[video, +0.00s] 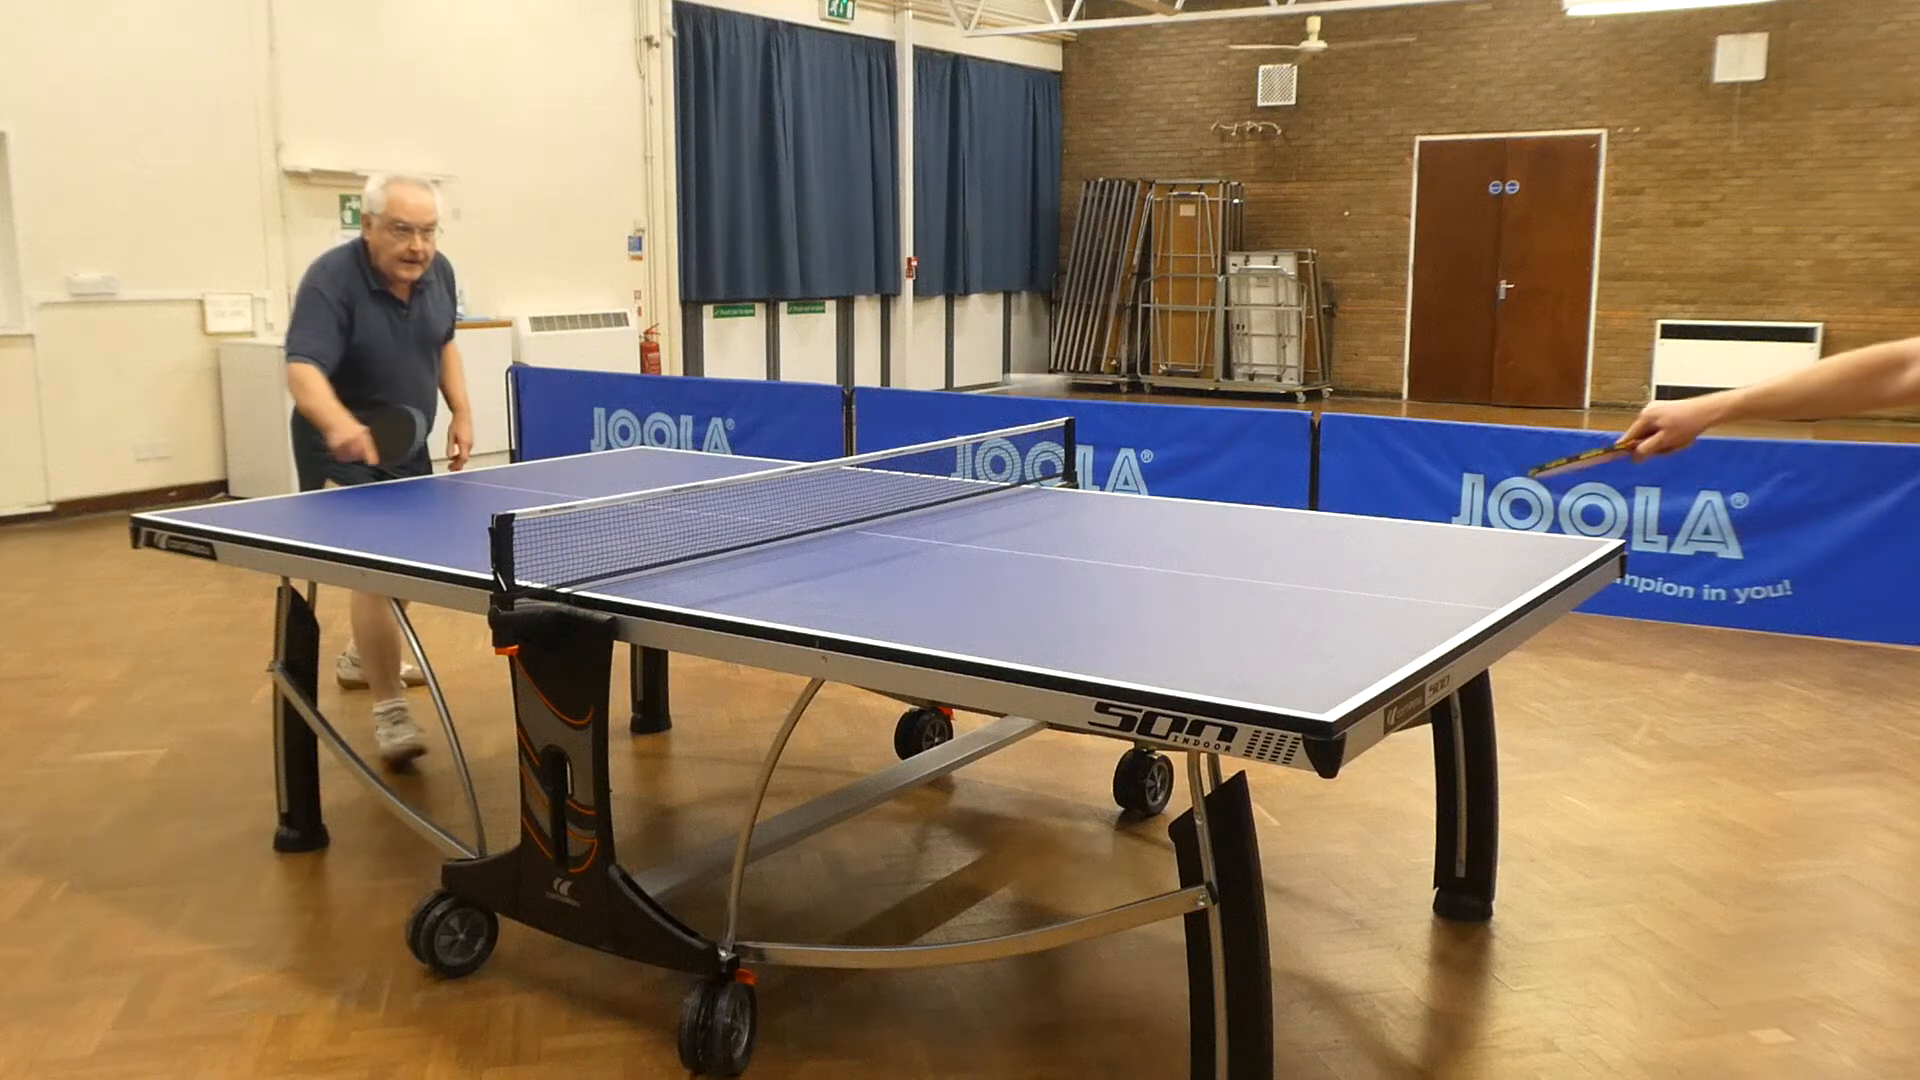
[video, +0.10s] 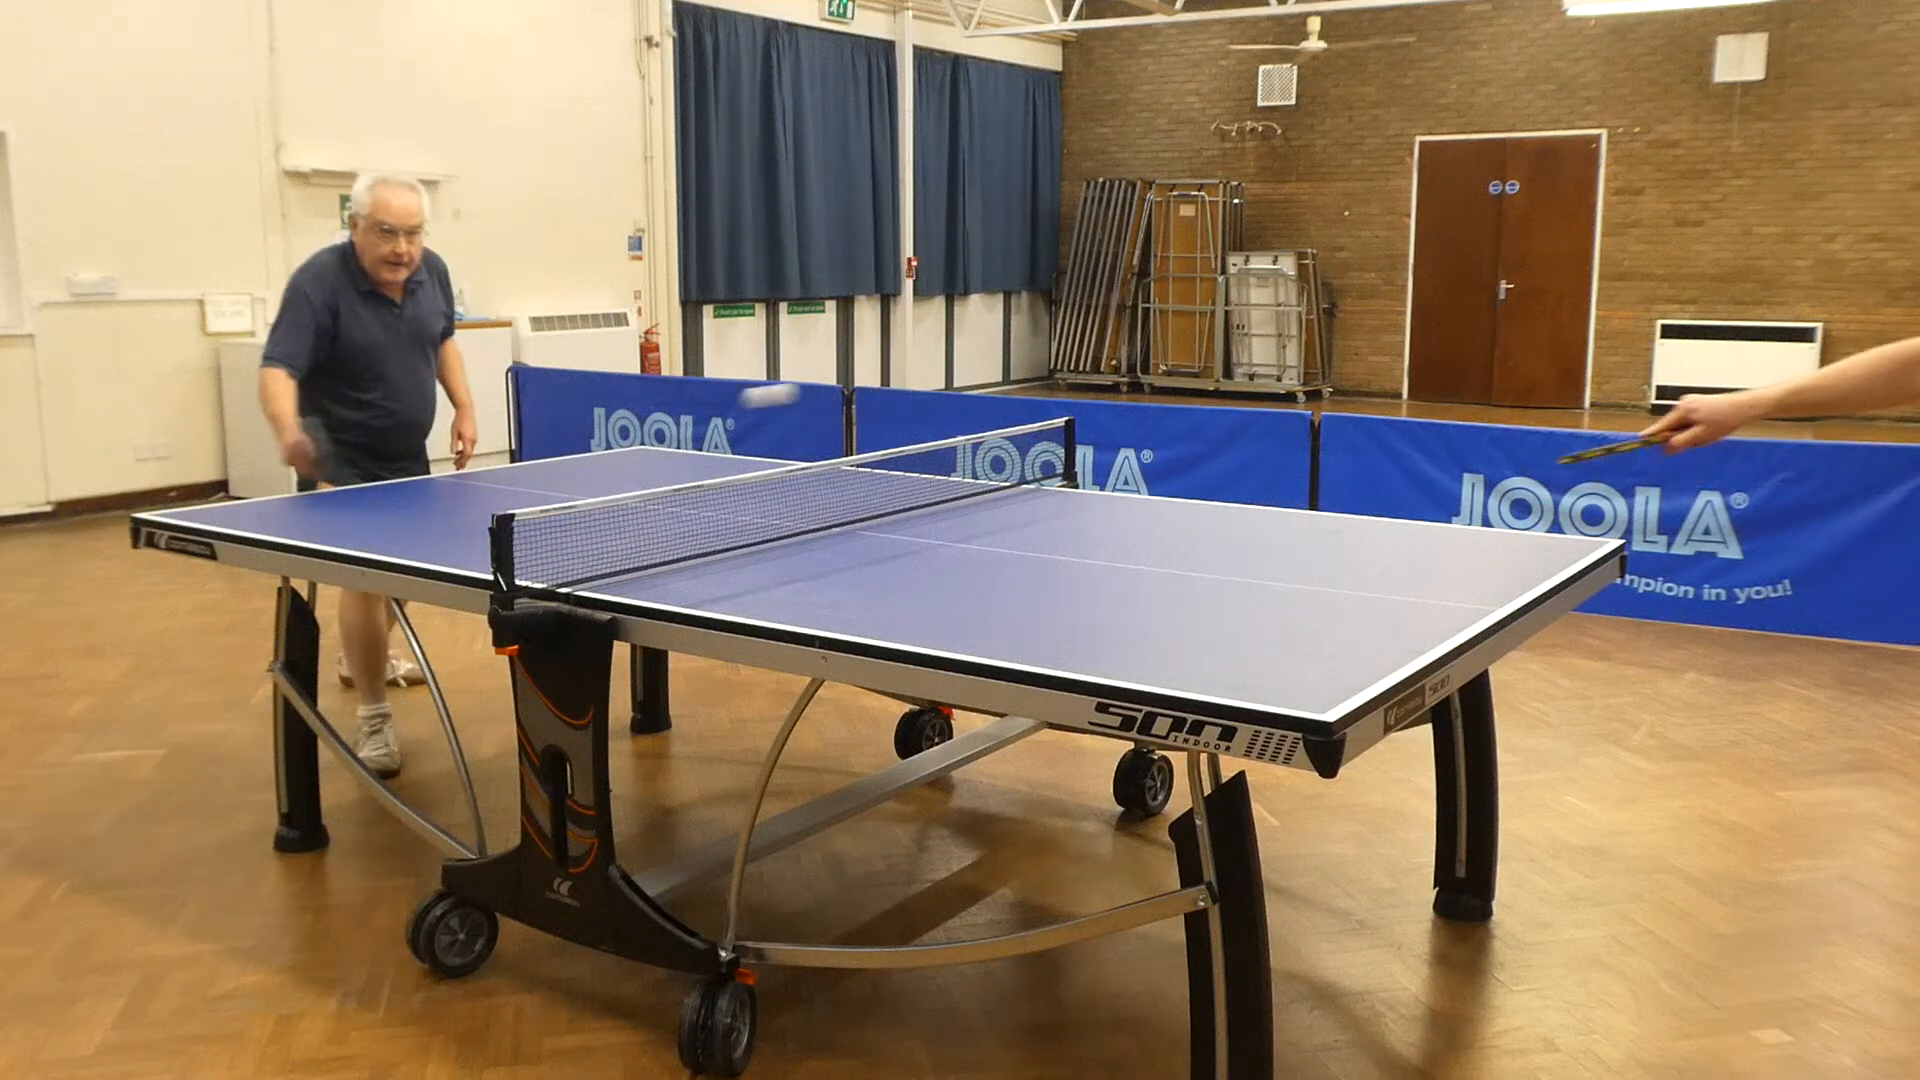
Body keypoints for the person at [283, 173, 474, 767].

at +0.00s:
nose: (416, 245)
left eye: (427, 231)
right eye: (401, 230)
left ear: (437, 230)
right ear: (369, 227)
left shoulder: (437, 273)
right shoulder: (332, 278)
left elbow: (444, 344)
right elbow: (301, 370)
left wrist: (462, 410)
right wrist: (337, 422)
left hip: (410, 449)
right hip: (343, 452)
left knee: (400, 559)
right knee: (373, 572)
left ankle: (363, 652)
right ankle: (391, 709)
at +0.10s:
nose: (402, 247)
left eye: (413, 233)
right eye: (387, 233)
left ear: (425, 230)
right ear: (355, 228)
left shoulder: (430, 272)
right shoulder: (320, 281)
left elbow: (443, 341)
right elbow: (278, 369)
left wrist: (464, 406)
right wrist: (288, 430)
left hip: (409, 457)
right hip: (342, 460)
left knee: (400, 567)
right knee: (364, 578)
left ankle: (369, 649)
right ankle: (374, 714)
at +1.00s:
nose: (326, 212)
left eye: (335, 199)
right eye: (310, 199)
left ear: (344, 199)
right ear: (275, 202)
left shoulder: (356, 250)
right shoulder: (246, 262)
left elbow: (378, 329)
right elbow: (230, 349)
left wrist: (412, 392)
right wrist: (257, 396)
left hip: (355, 439)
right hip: (283, 443)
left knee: (372, 558)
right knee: (311, 563)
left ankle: (315, 659)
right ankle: (317, 703)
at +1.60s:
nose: (345, 237)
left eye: (353, 223)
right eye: (330, 221)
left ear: (359, 221)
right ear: (291, 214)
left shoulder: (346, 262)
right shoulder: (249, 265)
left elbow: (351, 338)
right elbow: (235, 365)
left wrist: (374, 401)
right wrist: (312, 429)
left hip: (334, 435)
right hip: (261, 433)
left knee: (354, 551)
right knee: (294, 547)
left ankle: (309, 656)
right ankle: (289, 681)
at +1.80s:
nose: (379, 277)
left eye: (386, 265)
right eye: (369, 261)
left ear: (386, 258)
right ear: (325, 247)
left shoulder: (350, 295)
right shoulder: (272, 292)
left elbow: (345, 367)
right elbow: (296, 394)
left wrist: (357, 420)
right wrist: (403, 420)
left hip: (323, 462)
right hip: (263, 470)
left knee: (337, 563)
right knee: (305, 585)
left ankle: (313, 658)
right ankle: (311, 748)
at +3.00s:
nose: (403, 260)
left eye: (412, 247)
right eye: (390, 243)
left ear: (418, 247)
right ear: (350, 235)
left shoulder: (386, 293)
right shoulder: (311, 285)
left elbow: (387, 376)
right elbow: (343, 391)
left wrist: (409, 426)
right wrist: (444, 437)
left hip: (350, 453)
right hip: (290, 452)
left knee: (331, 562)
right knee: (364, 559)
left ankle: (274, 656)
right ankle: (369, 703)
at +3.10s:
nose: (436, 268)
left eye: (443, 255)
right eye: (426, 252)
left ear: (443, 252)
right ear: (383, 242)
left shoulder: (398, 289)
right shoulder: (343, 288)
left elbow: (386, 355)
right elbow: (390, 393)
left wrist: (404, 400)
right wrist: (495, 421)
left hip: (351, 450)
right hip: (296, 447)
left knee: (324, 558)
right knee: (381, 569)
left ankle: (271, 656)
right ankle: (422, 712)